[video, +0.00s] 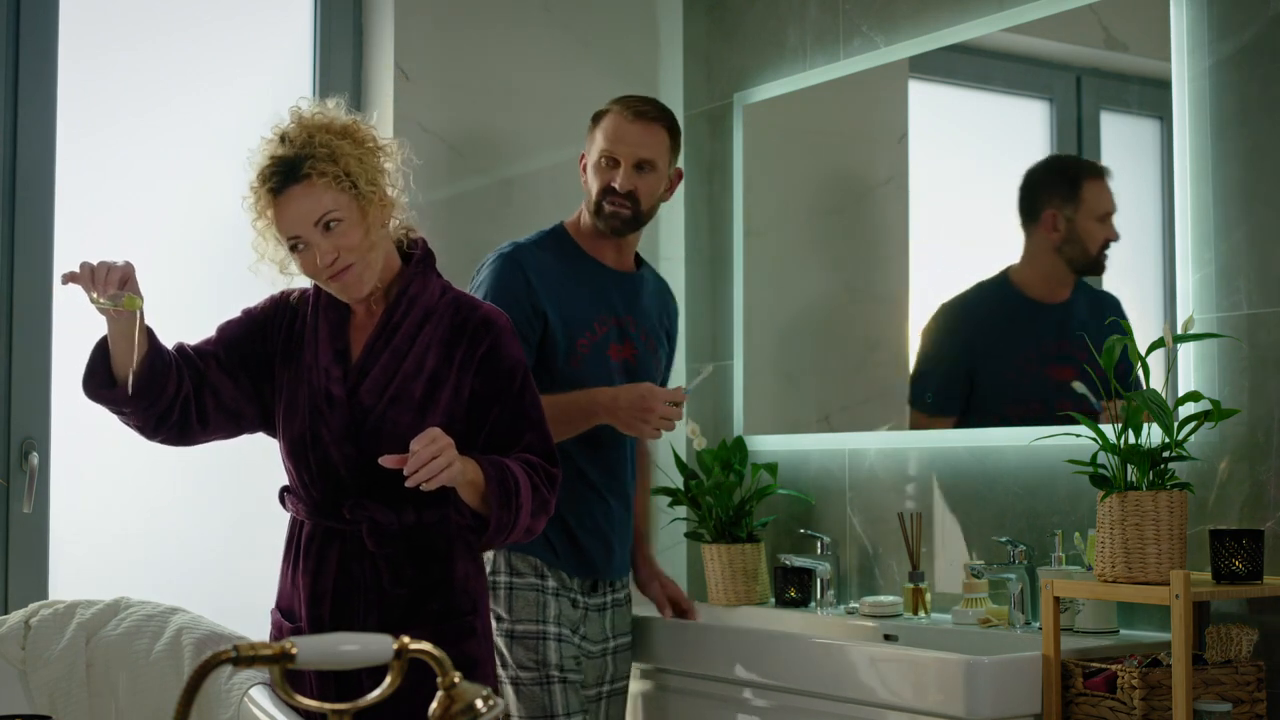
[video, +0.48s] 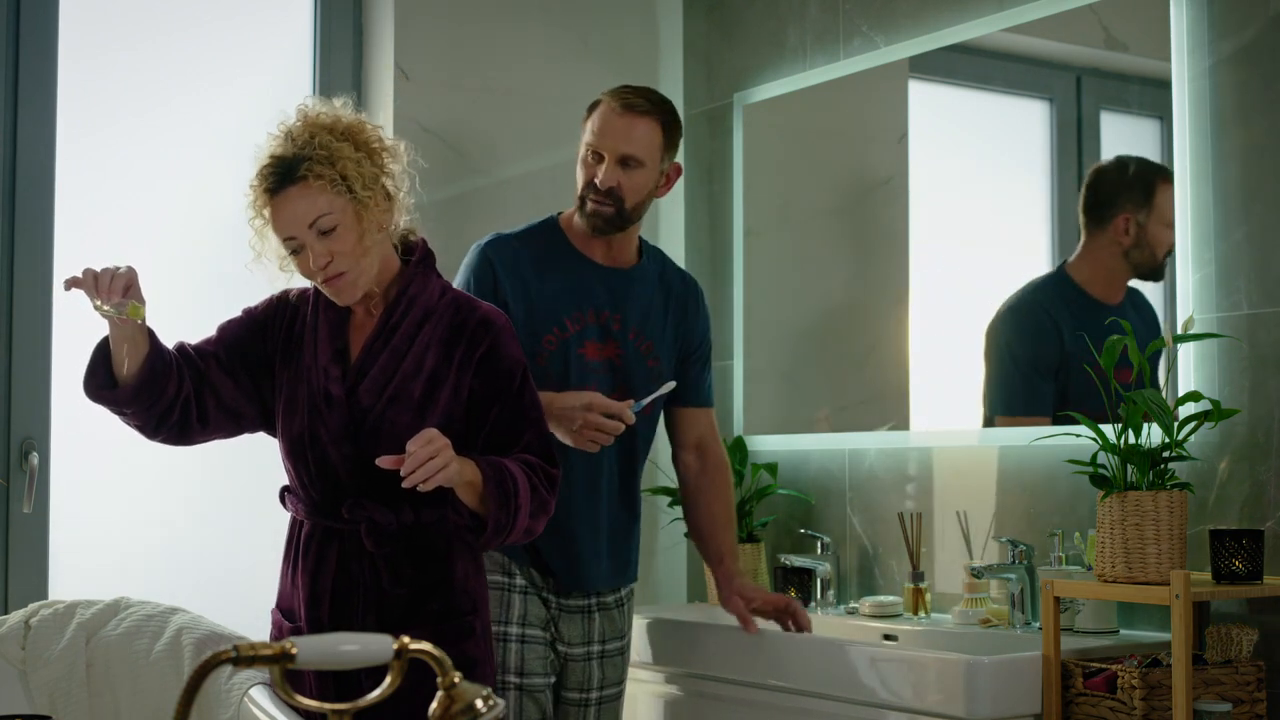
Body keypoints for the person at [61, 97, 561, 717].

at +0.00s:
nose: (320, 256)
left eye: (331, 224)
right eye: (297, 243)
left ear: (378, 206)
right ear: (286, 251)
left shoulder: (476, 333)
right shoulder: (288, 330)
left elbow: (533, 493)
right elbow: (174, 403)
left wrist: (466, 473)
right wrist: (125, 323)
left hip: (438, 620)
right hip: (313, 621)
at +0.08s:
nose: (319, 257)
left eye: (330, 225)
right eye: (296, 243)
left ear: (377, 206)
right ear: (285, 251)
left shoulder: (475, 333)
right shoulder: (289, 330)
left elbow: (531, 492)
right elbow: (174, 403)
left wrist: (466, 473)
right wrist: (126, 323)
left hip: (438, 623)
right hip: (312, 623)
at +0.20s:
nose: (318, 258)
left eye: (329, 225)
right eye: (295, 244)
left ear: (378, 206)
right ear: (284, 250)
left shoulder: (475, 332)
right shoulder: (289, 329)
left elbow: (531, 492)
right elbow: (173, 404)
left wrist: (463, 474)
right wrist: (126, 321)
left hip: (436, 616)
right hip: (313, 615)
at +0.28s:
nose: (318, 258)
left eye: (329, 226)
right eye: (296, 244)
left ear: (377, 206)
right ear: (285, 251)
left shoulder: (475, 332)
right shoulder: (289, 330)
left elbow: (533, 491)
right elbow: (173, 404)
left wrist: (463, 474)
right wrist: (125, 321)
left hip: (436, 617)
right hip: (313, 617)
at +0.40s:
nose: (317, 258)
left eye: (329, 228)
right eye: (296, 245)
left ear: (378, 206)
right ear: (284, 251)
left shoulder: (475, 332)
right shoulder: (288, 330)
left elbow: (533, 488)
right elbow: (169, 403)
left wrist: (464, 474)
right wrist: (125, 320)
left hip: (436, 616)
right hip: (313, 616)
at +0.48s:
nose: (315, 259)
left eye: (327, 229)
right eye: (295, 245)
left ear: (379, 209)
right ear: (284, 250)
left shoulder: (475, 333)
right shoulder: (289, 329)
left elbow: (534, 488)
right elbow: (172, 404)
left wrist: (464, 473)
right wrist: (126, 321)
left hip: (436, 615)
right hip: (313, 615)